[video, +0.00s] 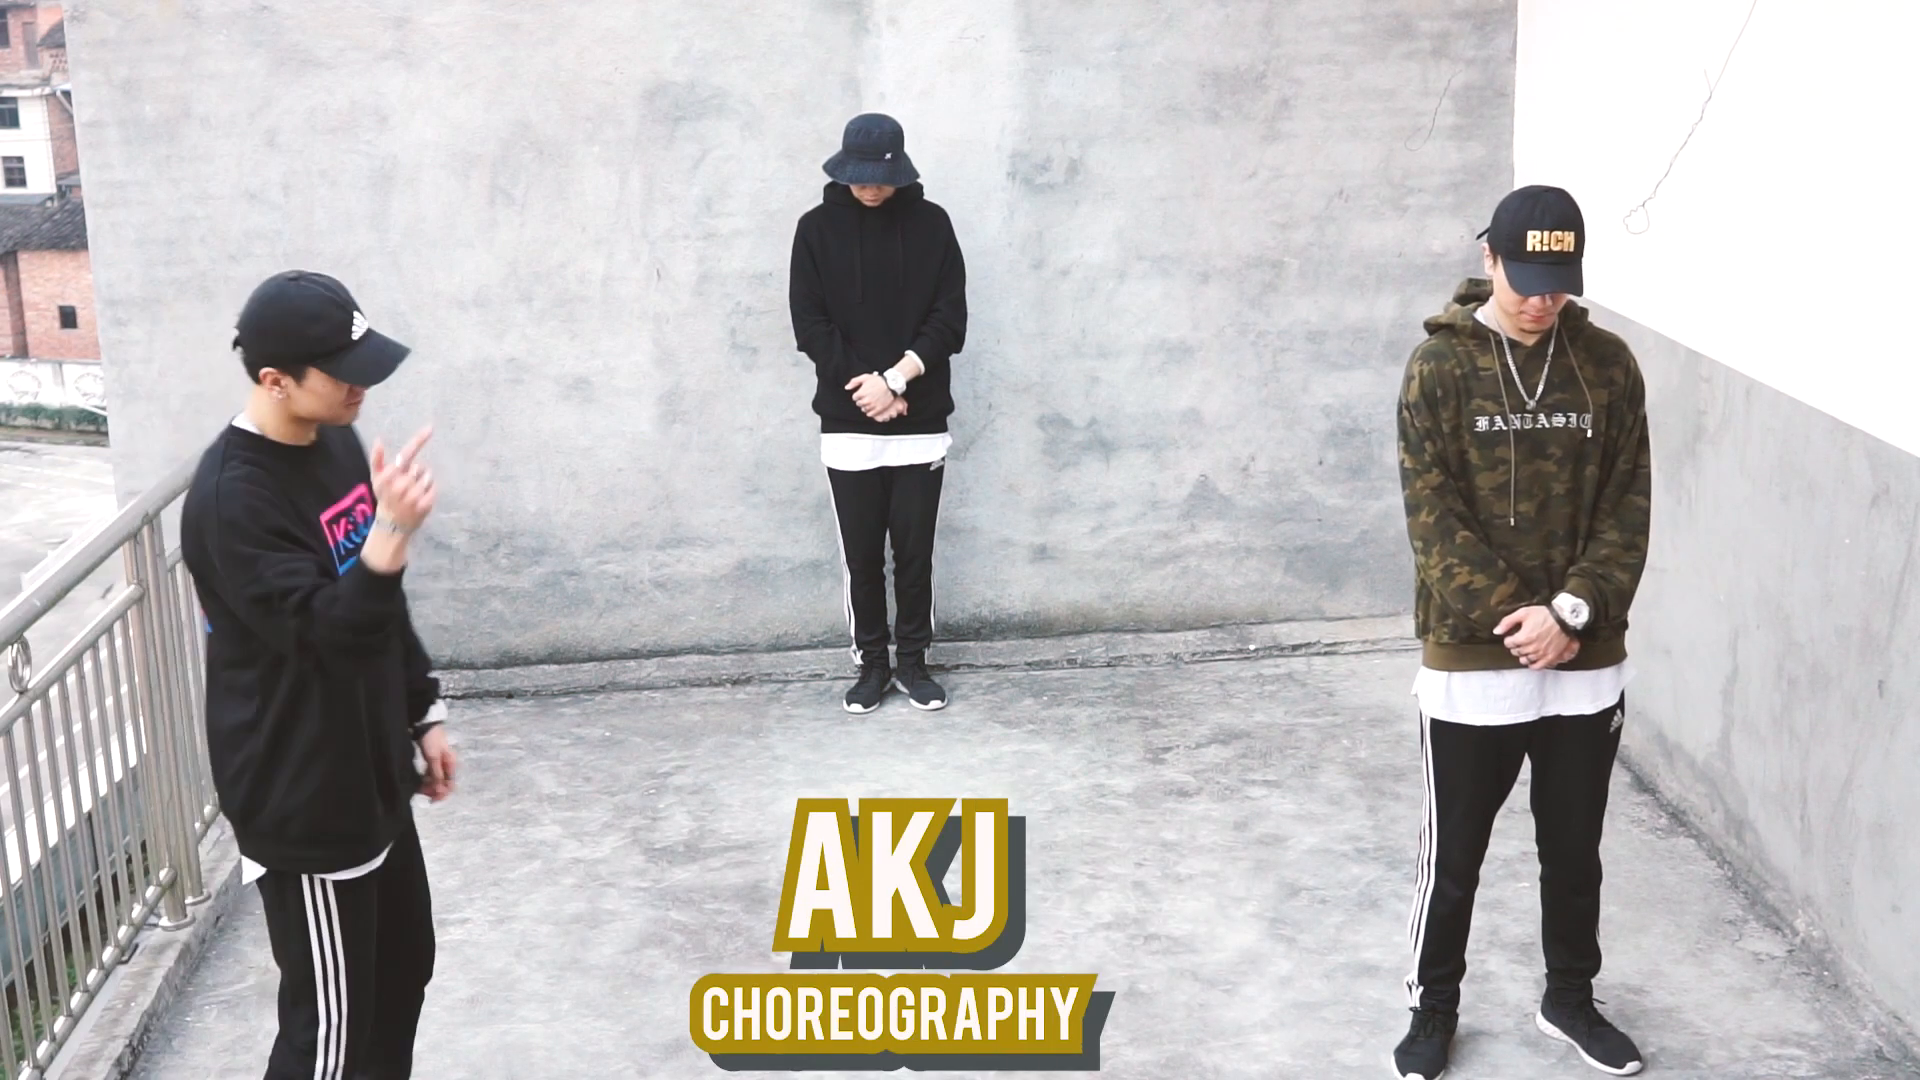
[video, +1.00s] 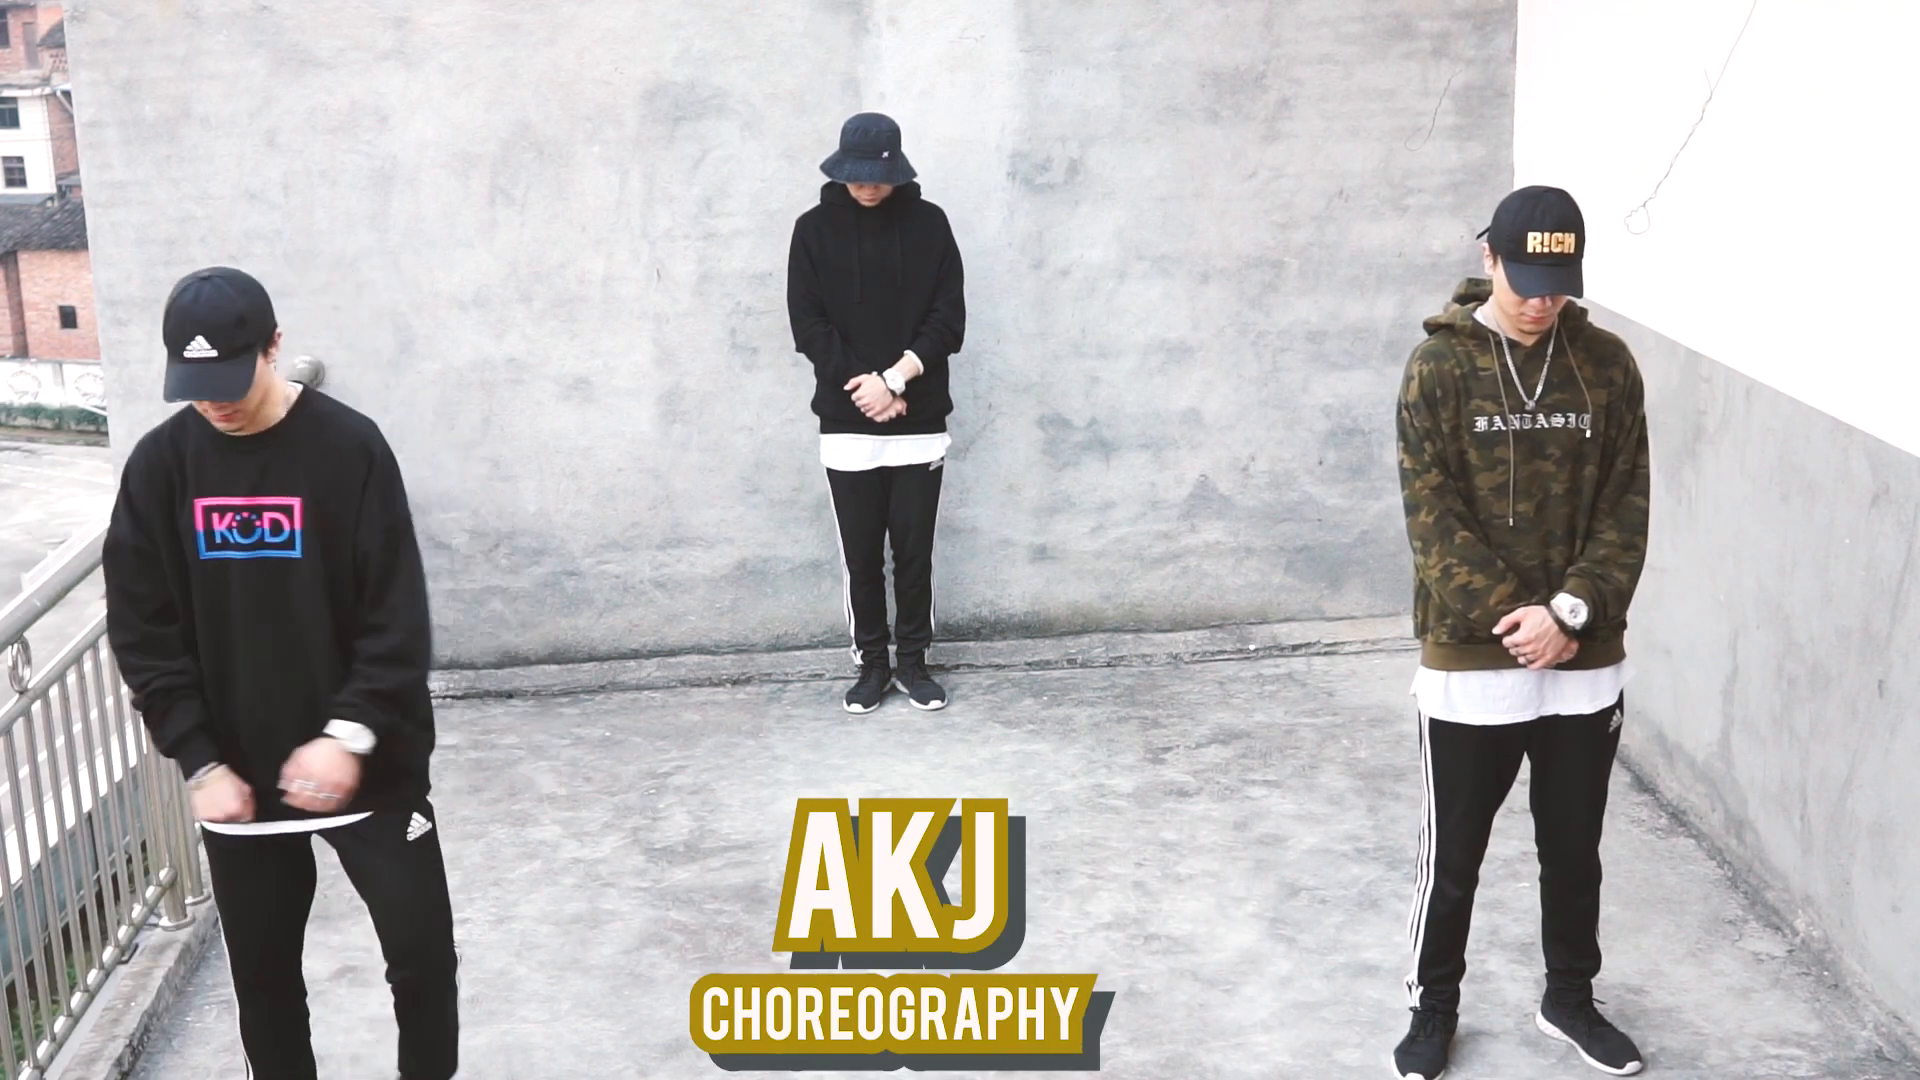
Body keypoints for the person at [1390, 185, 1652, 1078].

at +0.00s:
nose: (1546, 300)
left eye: (1561, 284)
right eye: (1530, 281)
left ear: (1581, 271)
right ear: (1491, 259)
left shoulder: (1610, 364)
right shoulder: (1441, 363)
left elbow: (1629, 508)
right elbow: (1432, 513)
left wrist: (1575, 611)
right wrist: (1519, 619)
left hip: (1584, 660)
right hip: (1471, 662)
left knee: (1575, 851)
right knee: (1453, 854)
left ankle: (1571, 998)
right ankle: (1433, 1007)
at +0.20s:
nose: (1545, 300)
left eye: (1560, 283)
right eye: (1529, 281)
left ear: (1581, 270)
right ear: (1490, 259)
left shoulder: (1609, 364)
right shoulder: (1441, 363)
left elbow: (1629, 508)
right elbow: (1432, 514)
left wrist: (1576, 612)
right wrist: (1519, 620)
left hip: (1584, 661)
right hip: (1471, 663)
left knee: (1575, 850)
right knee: (1453, 854)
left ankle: (1571, 998)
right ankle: (1433, 1007)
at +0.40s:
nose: (1545, 300)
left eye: (1560, 284)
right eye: (1529, 282)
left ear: (1581, 271)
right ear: (1490, 259)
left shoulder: (1609, 364)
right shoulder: (1440, 363)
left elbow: (1628, 508)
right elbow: (1432, 514)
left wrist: (1575, 612)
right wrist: (1519, 620)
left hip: (1584, 660)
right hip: (1470, 662)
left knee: (1575, 851)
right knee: (1453, 853)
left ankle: (1571, 998)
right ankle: (1433, 1007)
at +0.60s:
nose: (1546, 301)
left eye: (1561, 284)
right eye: (1530, 282)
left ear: (1581, 271)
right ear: (1491, 259)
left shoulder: (1609, 364)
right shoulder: (1440, 363)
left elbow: (1628, 507)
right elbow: (1432, 514)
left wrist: (1575, 612)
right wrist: (1519, 620)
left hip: (1584, 661)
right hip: (1470, 663)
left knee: (1575, 851)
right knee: (1453, 854)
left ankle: (1571, 998)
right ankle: (1433, 1006)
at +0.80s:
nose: (1545, 301)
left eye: (1561, 285)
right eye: (1529, 282)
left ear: (1581, 272)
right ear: (1491, 259)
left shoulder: (1609, 364)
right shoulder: (1440, 363)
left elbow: (1628, 508)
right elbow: (1432, 514)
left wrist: (1575, 612)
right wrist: (1519, 620)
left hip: (1583, 660)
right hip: (1470, 662)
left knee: (1575, 850)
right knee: (1453, 853)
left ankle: (1571, 998)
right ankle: (1433, 1006)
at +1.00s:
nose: (1545, 301)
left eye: (1561, 285)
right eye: (1529, 282)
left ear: (1581, 271)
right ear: (1491, 259)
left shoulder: (1609, 364)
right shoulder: (1440, 363)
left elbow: (1628, 508)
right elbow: (1432, 514)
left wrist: (1575, 613)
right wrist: (1518, 620)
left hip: (1583, 660)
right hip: (1470, 662)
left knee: (1575, 850)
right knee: (1453, 853)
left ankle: (1571, 998)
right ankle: (1433, 1006)